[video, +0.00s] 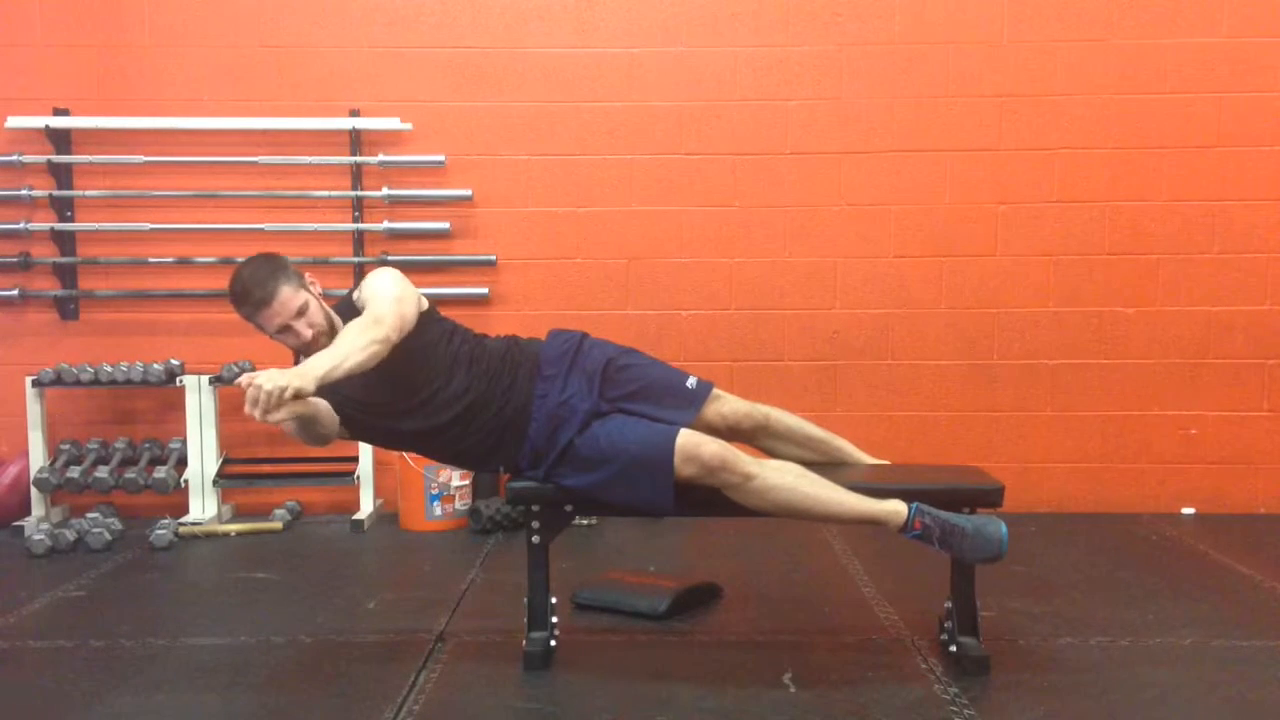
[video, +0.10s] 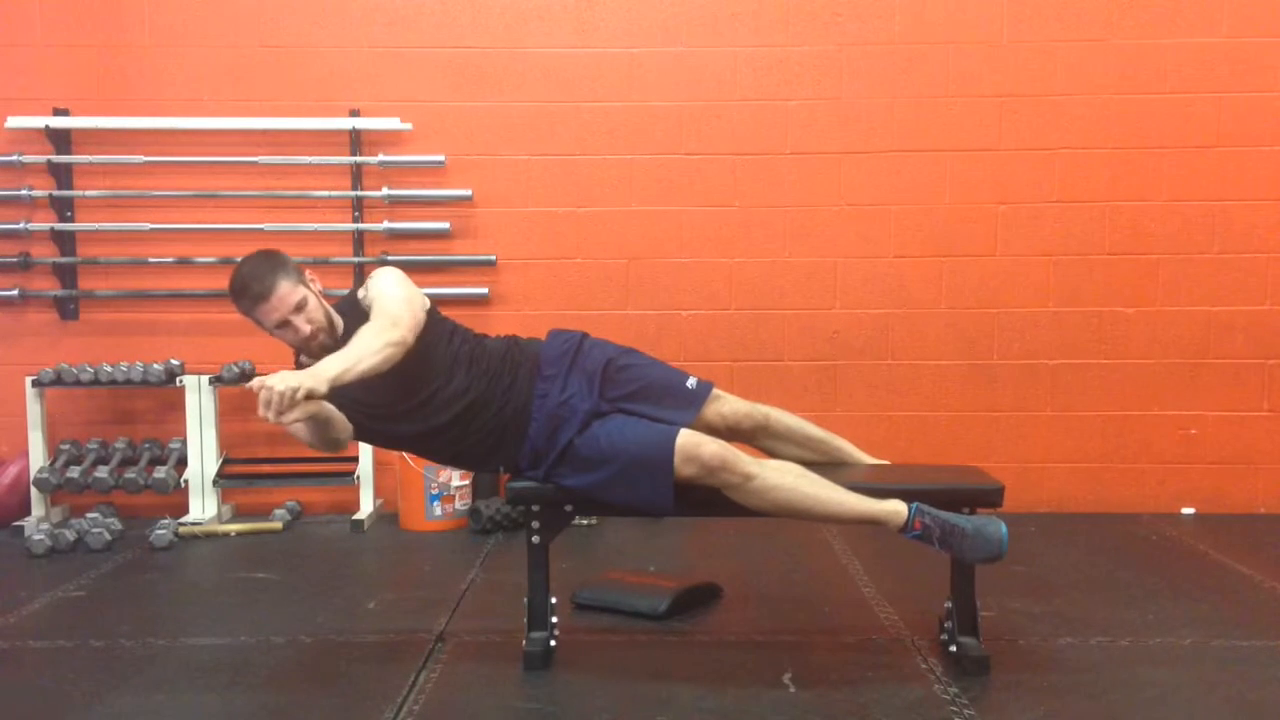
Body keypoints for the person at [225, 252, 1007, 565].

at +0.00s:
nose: (308, 318)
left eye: (304, 300)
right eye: (287, 324)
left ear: (316, 278)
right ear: (272, 335)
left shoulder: (376, 287)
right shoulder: (322, 395)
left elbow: (386, 328)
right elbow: (315, 421)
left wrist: (305, 374)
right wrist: (280, 406)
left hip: (567, 365)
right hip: (547, 447)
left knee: (735, 414)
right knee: (717, 463)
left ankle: (899, 484)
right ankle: (914, 521)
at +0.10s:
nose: (306, 318)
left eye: (302, 300)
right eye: (286, 322)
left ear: (315, 275)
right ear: (268, 334)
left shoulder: (376, 287)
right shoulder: (316, 391)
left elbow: (399, 331)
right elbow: (334, 439)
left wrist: (318, 377)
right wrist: (294, 408)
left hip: (567, 365)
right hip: (545, 447)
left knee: (734, 414)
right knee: (716, 463)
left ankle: (903, 489)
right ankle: (913, 521)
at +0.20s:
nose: (305, 318)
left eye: (301, 300)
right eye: (285, 321)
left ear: (314, 275)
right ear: (268, 335)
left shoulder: (379, 287)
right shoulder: (317, 394)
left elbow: (407, 344)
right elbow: (341, 446)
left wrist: (318, 380)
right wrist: (300, 413)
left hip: (567, 365)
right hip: (545, 447)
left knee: (734, 415)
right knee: (716, 464)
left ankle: (905, 489)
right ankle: (914, 522)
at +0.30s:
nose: (304, 318)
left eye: (299, 298)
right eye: (283, 320)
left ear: (313, 275)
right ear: (268, 334)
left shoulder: (379, 286)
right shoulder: (316, 394)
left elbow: (419, 350)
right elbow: (354, 457)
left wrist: (326, 384)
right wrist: (308, 410)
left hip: (566, 365)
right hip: (543, 446)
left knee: (733, 415)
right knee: (716, 464)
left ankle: (903, 489)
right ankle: (914, 522)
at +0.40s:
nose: (300, 316)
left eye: (295, 296)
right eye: (279, 319)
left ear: (311, 275)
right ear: (265, 335)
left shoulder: (378, 287)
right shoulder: (319, 395)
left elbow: (427, 352)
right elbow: (368, 477)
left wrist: (327, 392)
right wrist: (322, 418)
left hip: (566, 365)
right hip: (545, 448)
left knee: (735, 415)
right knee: (716, 464)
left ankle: (905, 489)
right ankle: (913, 522)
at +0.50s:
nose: (295, 317)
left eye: (292, 297)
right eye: (274, 319)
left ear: (309, 279)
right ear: (262, 337)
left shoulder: (376, 289)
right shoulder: (319, 400)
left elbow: (438, 344)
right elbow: (370, 481)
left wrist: (346, 394)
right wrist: (330, 429)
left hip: (566, 366)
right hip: (545, 449)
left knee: (737, 416)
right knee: (717, 464)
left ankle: (902, 487)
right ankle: (914, 522)